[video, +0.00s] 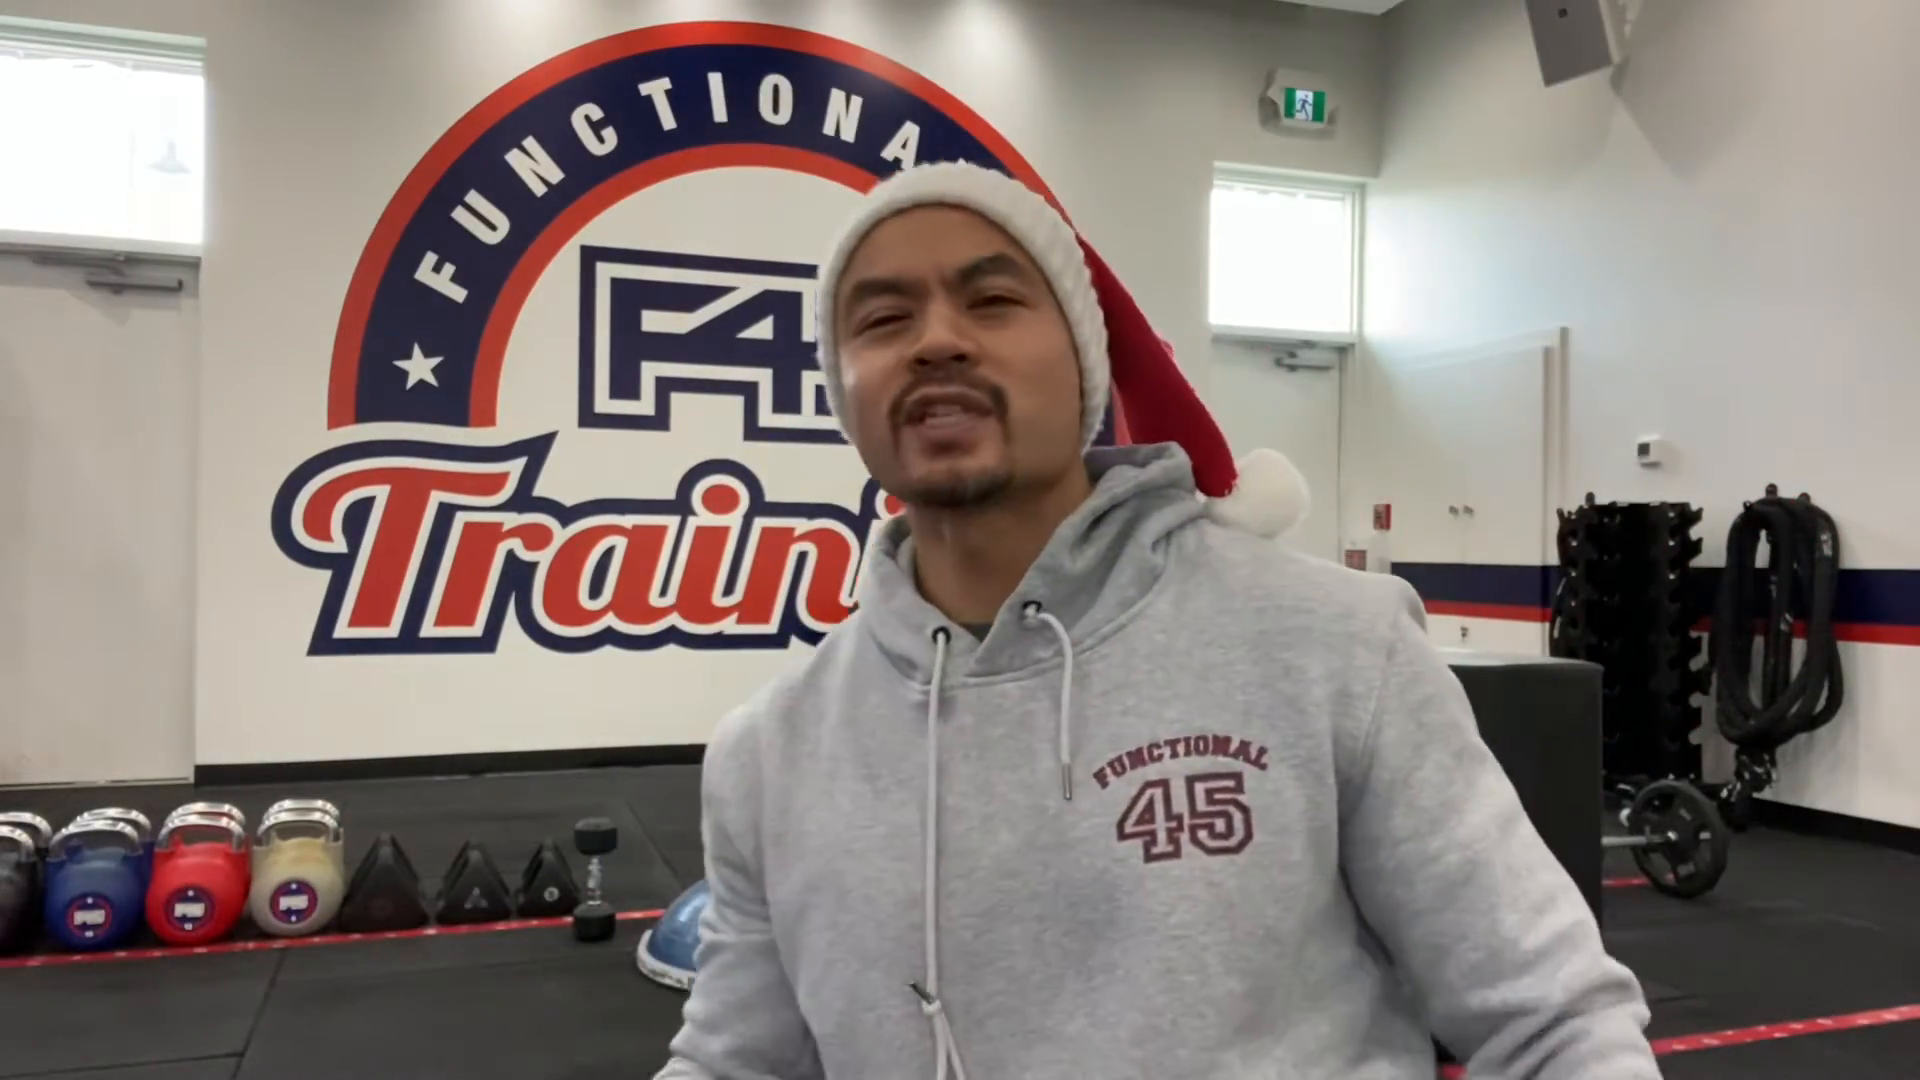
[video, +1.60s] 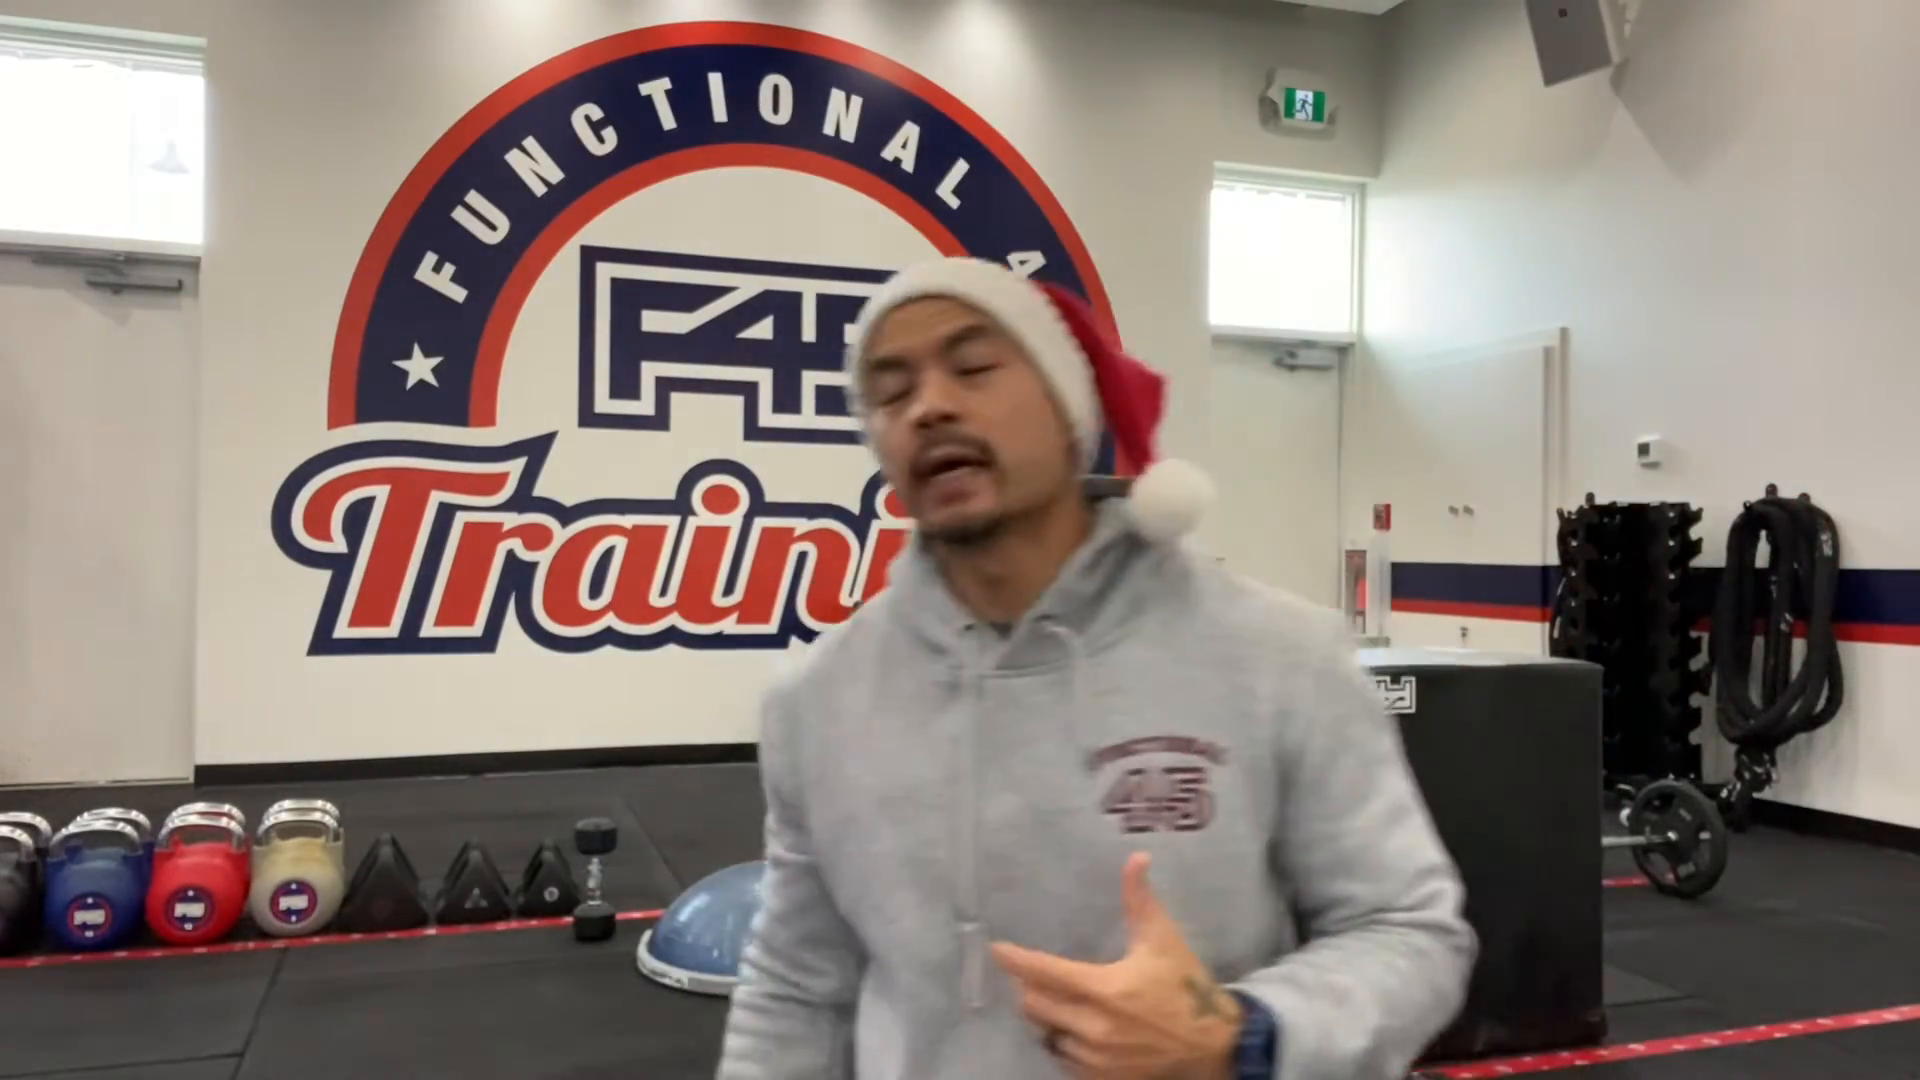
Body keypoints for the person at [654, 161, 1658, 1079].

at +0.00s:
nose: (938, 342)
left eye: (995, 300)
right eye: (885, 318)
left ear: (1088, 361)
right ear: (844, 399)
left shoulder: (1334, 646)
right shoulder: (765, 762)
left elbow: (1556, 1025)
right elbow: (723, 1064)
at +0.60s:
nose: (1083, 313)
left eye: (1128, 270)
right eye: (1010, 283)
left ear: (1190, 337)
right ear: (924, 374)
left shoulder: (1376, 658)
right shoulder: (771, 752)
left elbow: (1498, 1035)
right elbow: (725, 1064)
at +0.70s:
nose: (1164, 326)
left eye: (1197, 289)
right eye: (1091, 292)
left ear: (1244, 348)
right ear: (993, 379)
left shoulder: (1374, 664)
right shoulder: (836, 732)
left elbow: (1488, 1000)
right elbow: (778, 1071)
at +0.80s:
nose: (1296, 378)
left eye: (1319, 347)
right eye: (1233, 328)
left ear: (1338, 391)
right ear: (1099, 368)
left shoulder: (1369, 679)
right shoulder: (915, 697)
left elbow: (1474, 940)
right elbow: (823, 1053)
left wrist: (1500, 1040)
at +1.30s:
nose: (1192, 382)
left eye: (1221, 338)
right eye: (1130, 359)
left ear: (1277, 375)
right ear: (1065, 427)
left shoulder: (1426, 655)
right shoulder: (946, 690)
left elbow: (1519, 910)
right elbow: (892, 1020)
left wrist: (1438, 1019)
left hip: (1363, 1076)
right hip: (1067, 1064)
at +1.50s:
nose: (1017, 398)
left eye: (1061, 352)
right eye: (974, 378)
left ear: (1155, 385)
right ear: (950, 437)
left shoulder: (1364, 655)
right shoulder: (869, 697)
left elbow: (1496, 920)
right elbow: (836, 1012)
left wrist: (1344, 1030)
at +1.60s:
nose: (928, 408)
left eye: (975, 365)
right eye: (893, 389)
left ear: (1076, 396)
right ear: (878, 449)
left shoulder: (1281, 659)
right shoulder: (816, 707)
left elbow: (1414, 932)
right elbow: (790, 998)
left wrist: (1240, 1036)